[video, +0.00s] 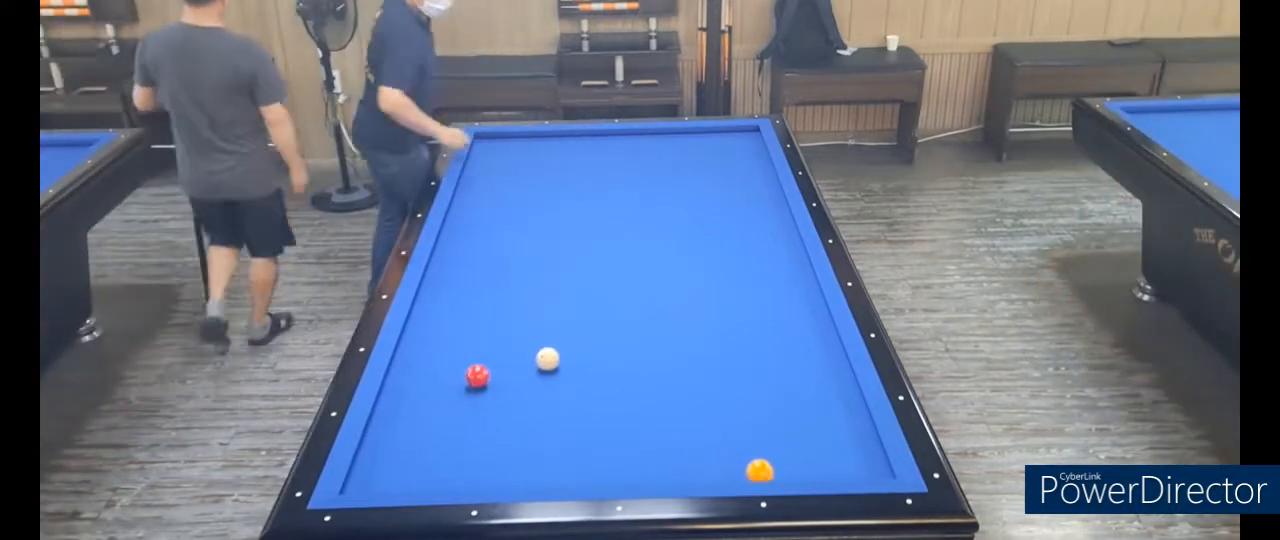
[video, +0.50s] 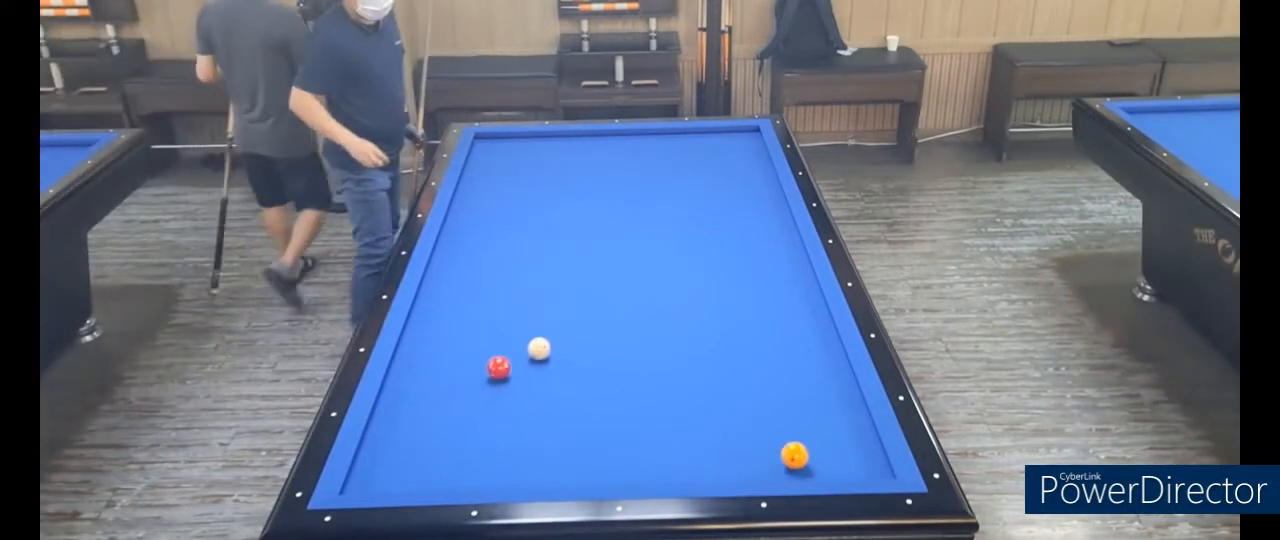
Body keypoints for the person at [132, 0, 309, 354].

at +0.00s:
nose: (226, 6)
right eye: (225, 3)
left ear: (185, 2)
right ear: (221, 2)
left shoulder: (154, 46)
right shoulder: (247, 53)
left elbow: (143, 102)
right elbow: (277, 119)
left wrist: (181, 94)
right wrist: (296, 166)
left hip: (200, 181)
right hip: (252, 179)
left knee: (222, 239)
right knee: (265, 250)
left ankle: (214, 309)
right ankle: (259, 325)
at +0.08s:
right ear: (229, 1)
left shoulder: (168, 37)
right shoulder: (254, 43)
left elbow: (155, 98)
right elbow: (292, 114)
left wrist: (191, 89)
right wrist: (303, 151)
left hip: (210, 171)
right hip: (260, 171)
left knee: (237, 225)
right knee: (266, 245)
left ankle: (239, 298)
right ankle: (260, 324)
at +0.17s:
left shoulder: (176, 32)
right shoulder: (260, 37)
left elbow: (161, 96)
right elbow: (294, 103)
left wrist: (195, 86)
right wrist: (304, 135)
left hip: (217, 166)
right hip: (264, 166)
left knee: (251, 226)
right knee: (268, 244)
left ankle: (261, 292)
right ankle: (260, 323)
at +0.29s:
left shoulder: (191, 30)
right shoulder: (270, 32)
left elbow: (176, 93)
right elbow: (306, 90)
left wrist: (202, 70)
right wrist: (322, 118)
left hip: (230, 158)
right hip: (274, 158)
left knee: (264, 219)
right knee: (274, 237)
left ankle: (289, 267)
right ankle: (261, 321)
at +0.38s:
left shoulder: (197, 28)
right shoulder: (275, 29)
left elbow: (186, 89)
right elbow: (310, 85)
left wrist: (213, 68)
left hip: (238, 153)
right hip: (280, 154)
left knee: (268, 215)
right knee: (283, 231)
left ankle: (290, 264)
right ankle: (264, 313)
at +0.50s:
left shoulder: (211, 13)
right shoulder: (283, 16)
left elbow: (205, 73)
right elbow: (310, 71)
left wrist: (236, 64)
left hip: (248, 136)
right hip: (290, 136)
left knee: (271, 203)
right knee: (315, 202)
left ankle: (295, 264)